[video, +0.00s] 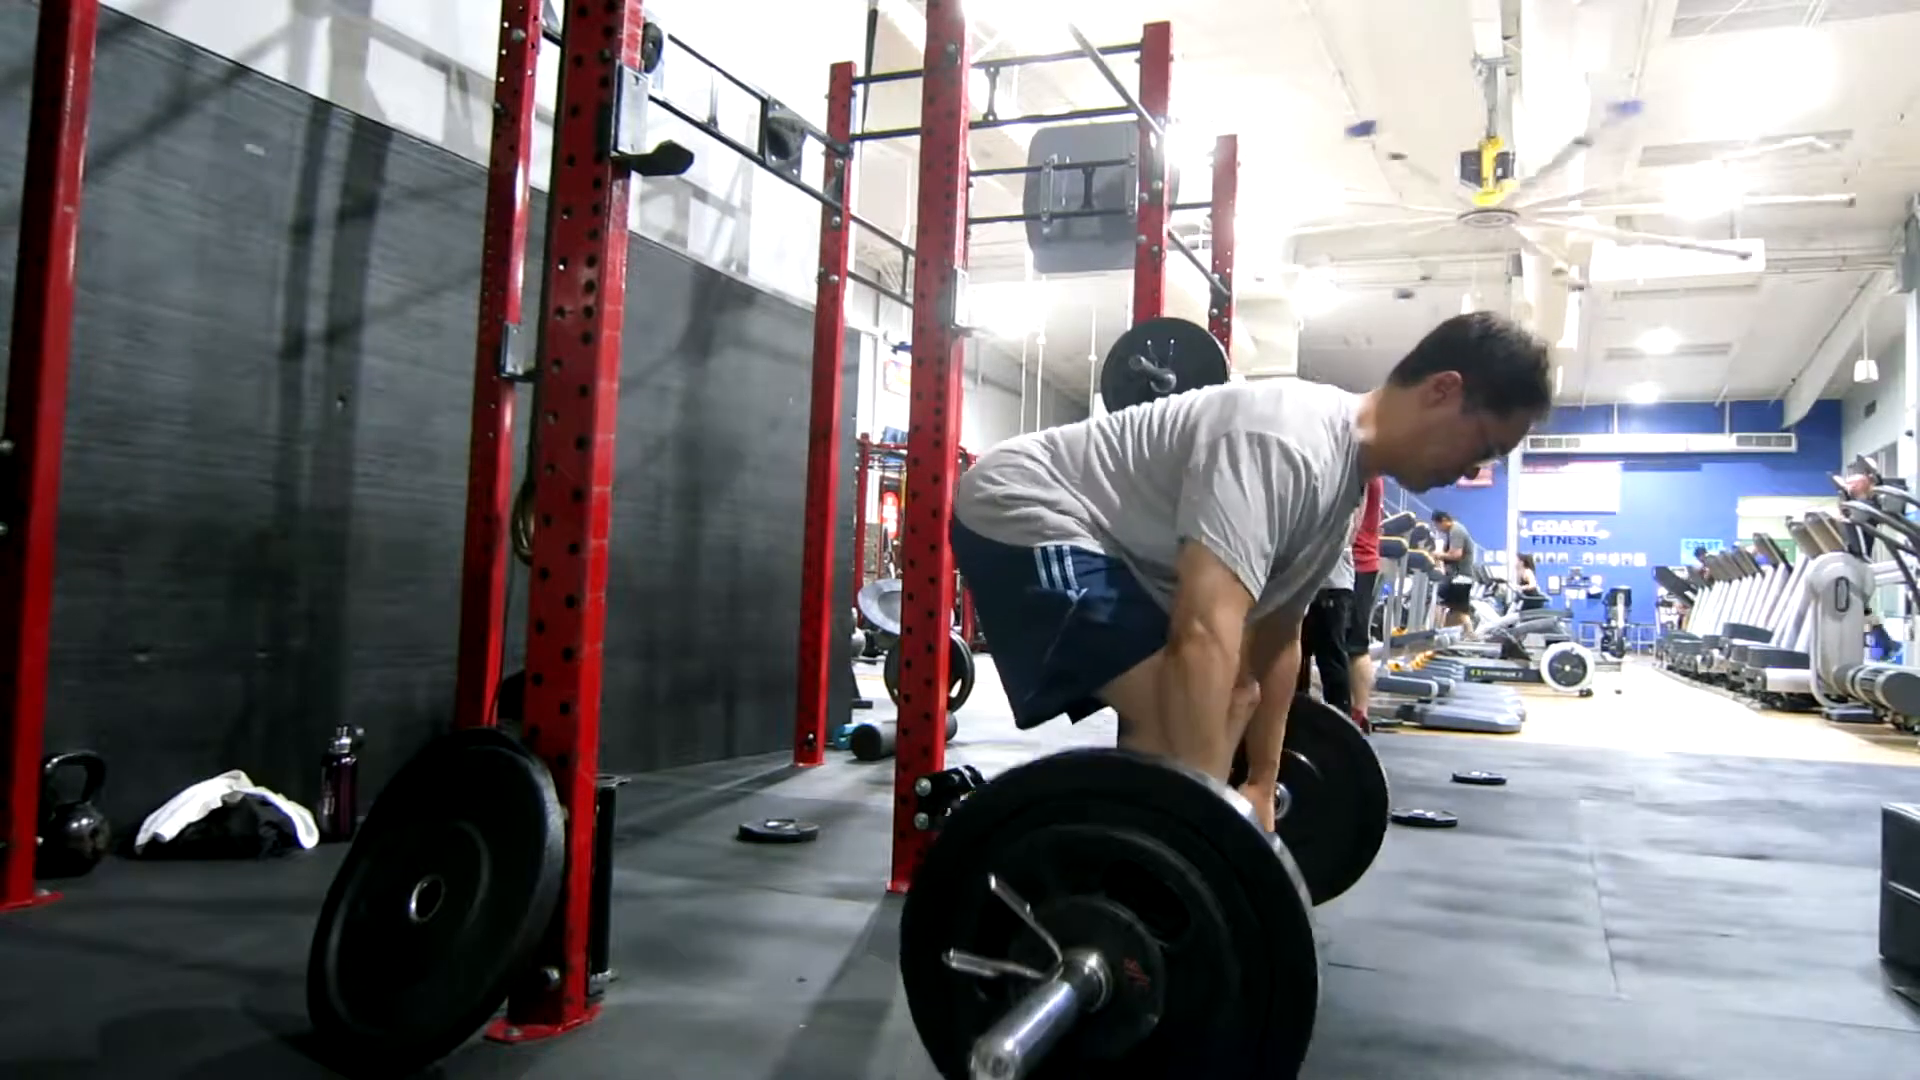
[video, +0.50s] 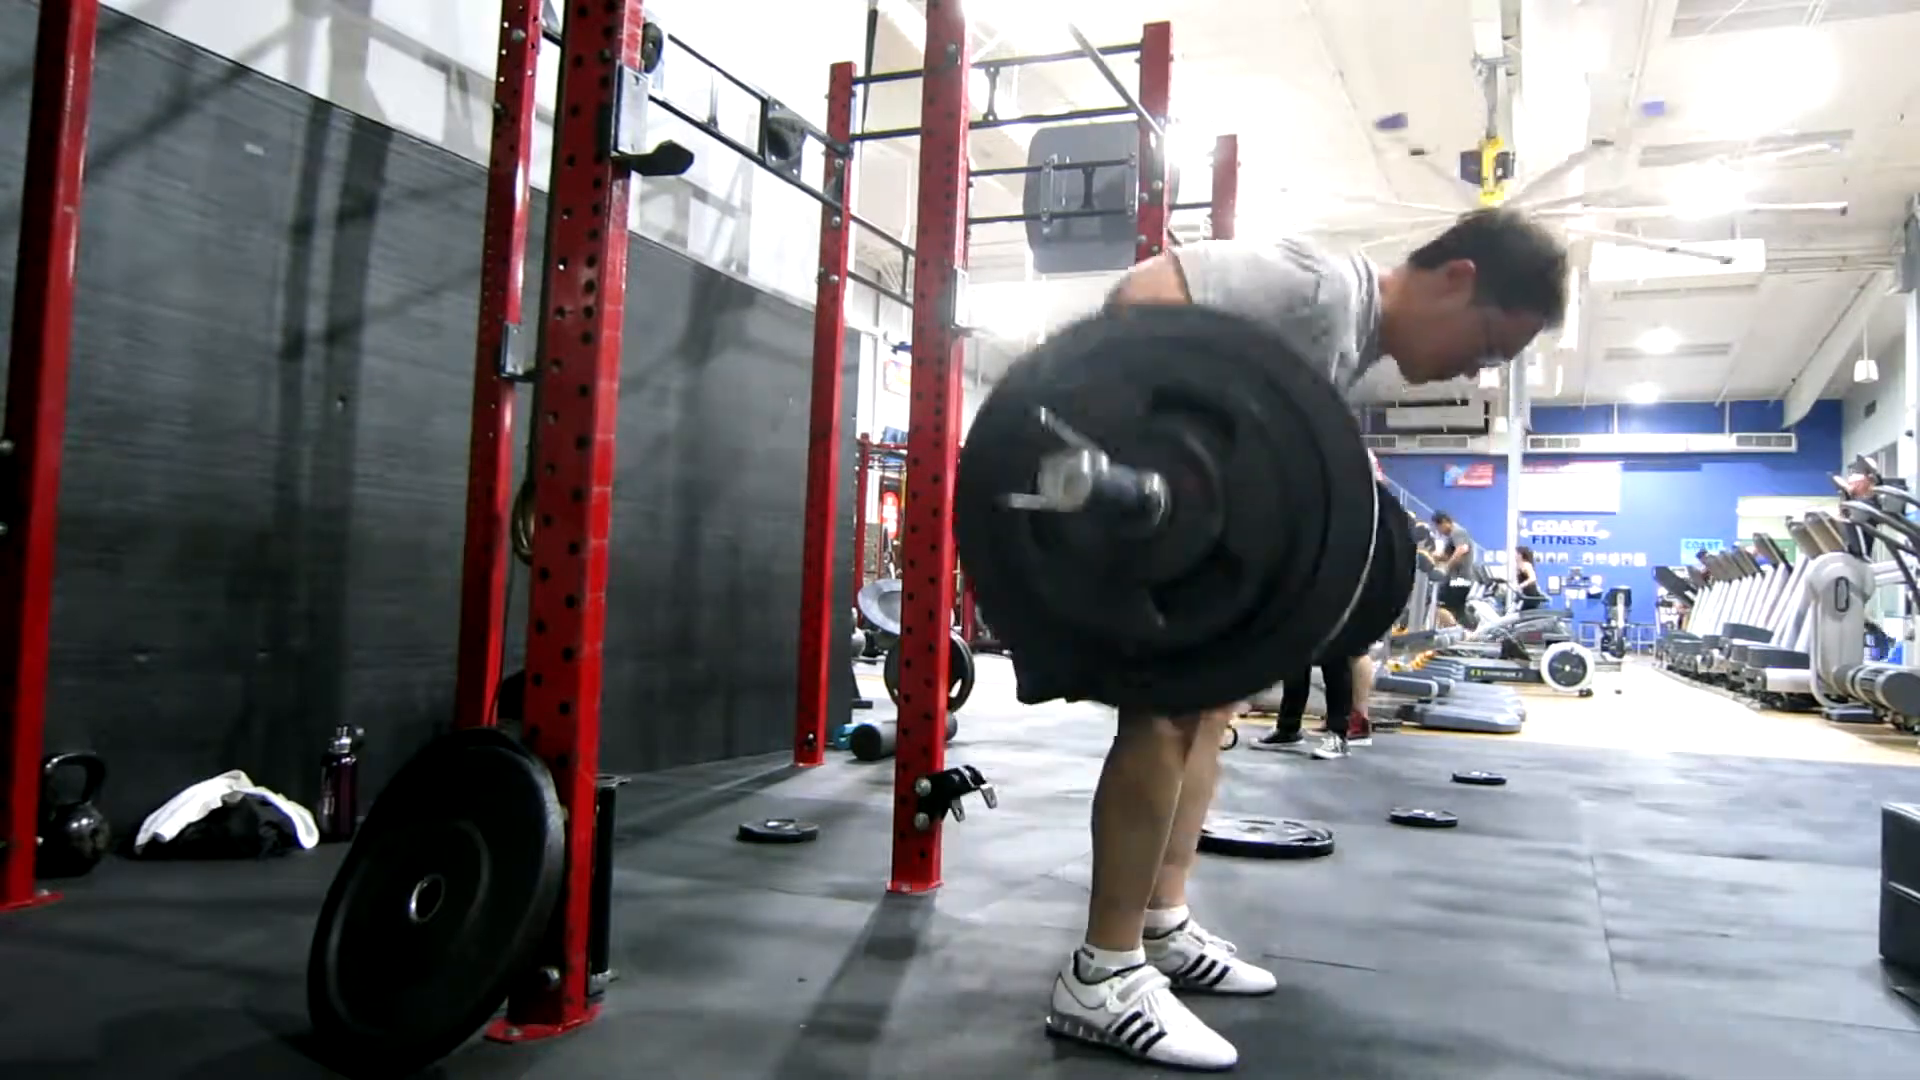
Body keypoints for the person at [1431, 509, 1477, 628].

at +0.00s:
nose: (1438, 528)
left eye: (1438, 524)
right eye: (1437, 525)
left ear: (1444, 520)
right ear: (1444, 520)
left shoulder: (1456, 530)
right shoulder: (1452, 531)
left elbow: (1457, 554)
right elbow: (1448, 551)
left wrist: (1439, 555)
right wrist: (1439, 555)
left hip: (1462, 576)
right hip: (1455, 575)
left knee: (1460, 611)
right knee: (1454, 611)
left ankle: (1470, 637)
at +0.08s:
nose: (1438, 527)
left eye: (1438, 524)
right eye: (1436, 524)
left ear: (1444, 520)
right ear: (1444, 520)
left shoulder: (1456, 531)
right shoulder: (1453, 531)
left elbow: (1455, 554)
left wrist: (1439, 555)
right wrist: (1439, 555)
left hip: (1459, 576)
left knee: (1446, 609)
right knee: (1457, 610)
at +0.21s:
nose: (1438, 531)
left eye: (1438, 527)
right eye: (1436, 528)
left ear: (1443, 523)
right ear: (1444, 523)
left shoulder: (1455, 533)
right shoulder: (1450, 535)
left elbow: (1453, 556)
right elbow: (1446, 554)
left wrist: (1441, 561)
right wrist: (1440, 559)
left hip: (1460, 579)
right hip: (1453, 578)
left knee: (1456, 614)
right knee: (1449, 613)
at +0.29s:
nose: (1438, 529)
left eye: (1438, 526)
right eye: (1437, 526)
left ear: (1443, 522)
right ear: (1443, 522)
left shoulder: (1454, 532)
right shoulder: (1450, 533)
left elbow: (1453, 555)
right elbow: (1446, 553)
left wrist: (1439, 559)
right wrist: (1439, 558)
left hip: (1461, 577)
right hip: (1453, 576)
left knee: (1457, 612)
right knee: (1449, 610)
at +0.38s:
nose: (1438, 528)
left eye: (1438, 525)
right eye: (1436, 526)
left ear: (1444, 520)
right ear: (1443, 521)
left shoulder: (1455, 530)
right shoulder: (1450, 532)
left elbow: (1455, 552)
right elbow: (1449, 550)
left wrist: (1442, 561)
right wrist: (1439, 555)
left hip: (1461, 575)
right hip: (1453, 574)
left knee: (1453, 609)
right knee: (1444, 606)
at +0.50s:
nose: (1438, 529)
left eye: (1439, 525)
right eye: (1437, 526)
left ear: (1445, 522)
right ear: (1444, 522)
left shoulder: (1458, 532)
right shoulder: (1451, 536)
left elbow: (1463, 549)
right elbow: (1447, 555)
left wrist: (1447, 566)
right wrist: (1435, 557)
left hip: (1460, 579)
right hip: (1454, 578)